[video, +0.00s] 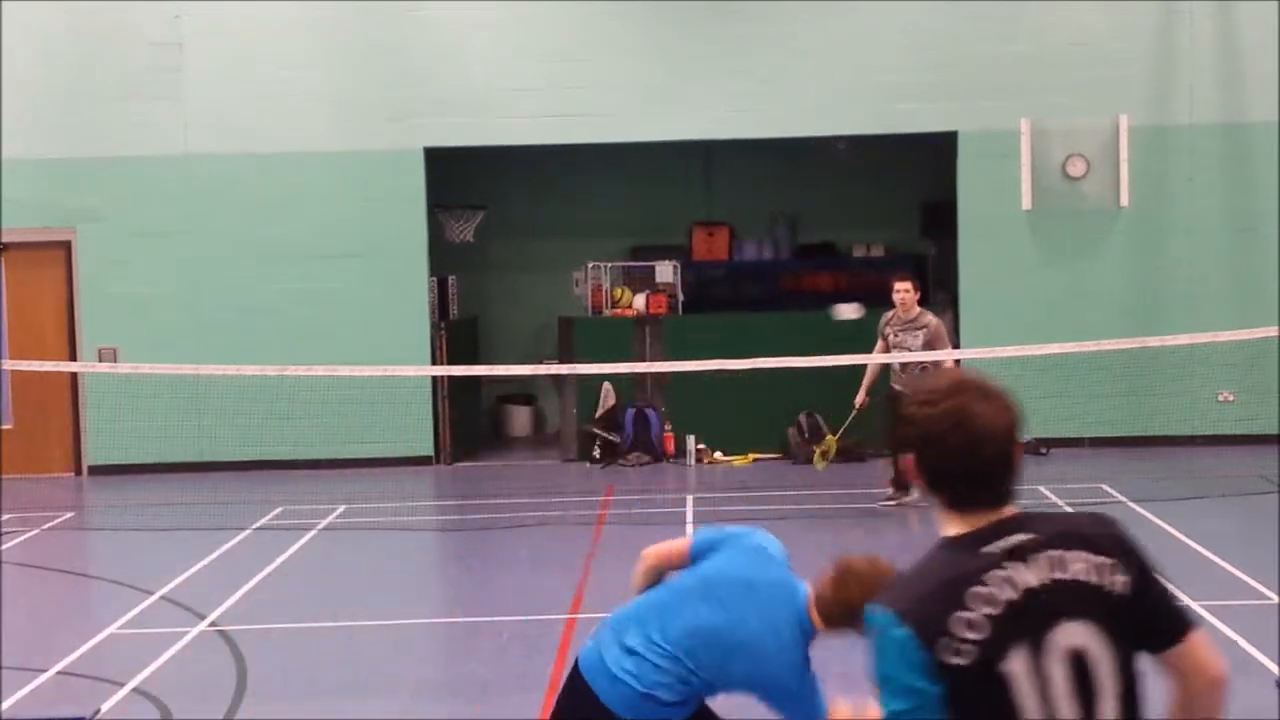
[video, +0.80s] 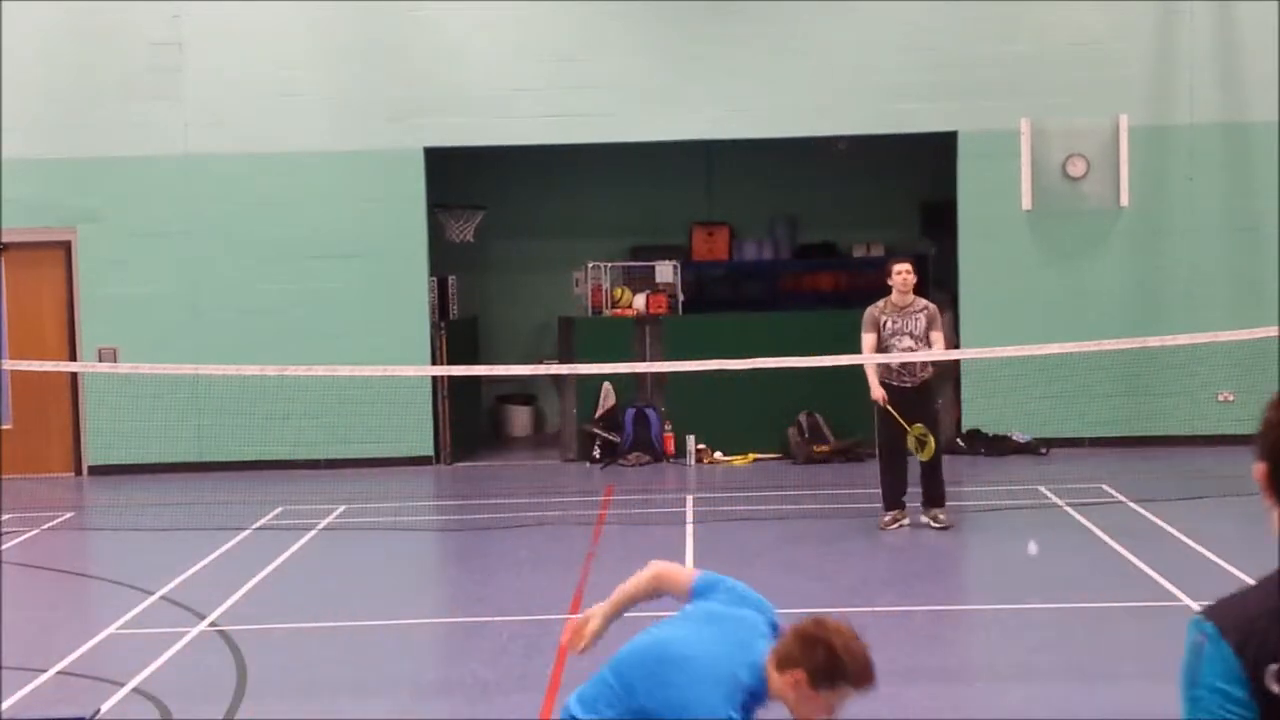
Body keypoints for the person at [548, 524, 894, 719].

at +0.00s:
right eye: (871, 622)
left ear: (832, 570)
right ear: (856, 626)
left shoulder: (757, 546)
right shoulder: (790, 676)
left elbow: (652, 557)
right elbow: (821, 714)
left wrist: (641, 617)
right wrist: (848, 713)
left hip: (592, 666)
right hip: (640, 706)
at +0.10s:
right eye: (884, 658)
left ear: (844, 606)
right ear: (871, 667)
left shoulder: (777, 583)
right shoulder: (786, 705)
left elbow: (680, 570)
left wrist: (675, 626)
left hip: (594, 657)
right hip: (617, 707)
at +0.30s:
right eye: (861, 684)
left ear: (823, 623)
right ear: (846, 693)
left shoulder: (763, 607)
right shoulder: (753, 709)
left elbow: (698, 585)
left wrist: (707, 637)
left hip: (575, 671)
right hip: (590, 708)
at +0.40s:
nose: (823, 672)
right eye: (827, 668)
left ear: (791, 610)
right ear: (816, 673)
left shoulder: (738, 600)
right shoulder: (721, 704)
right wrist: (749, 711)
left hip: (562, 693)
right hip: (580, 716)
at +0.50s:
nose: (798, 654)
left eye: (805, 646)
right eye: (804, 646)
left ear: (761, 597)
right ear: (786, 642)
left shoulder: (711, 592)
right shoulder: (693, 689)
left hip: (559, 694)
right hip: (569, 715)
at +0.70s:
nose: (806, 677)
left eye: (814, 666)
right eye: (810, 663)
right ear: (779, 642)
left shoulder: (715, 588)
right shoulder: (697, 697)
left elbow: (629, 577)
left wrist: (598, 638)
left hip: (567, 696)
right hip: (576, 714)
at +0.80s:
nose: (831, 714)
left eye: (836, 705)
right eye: (830, 704)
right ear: (796, 682)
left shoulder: (751, 607)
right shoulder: (716, 706)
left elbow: (658, 572)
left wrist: (601, 614)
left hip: (586, 701)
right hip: (592, 713)